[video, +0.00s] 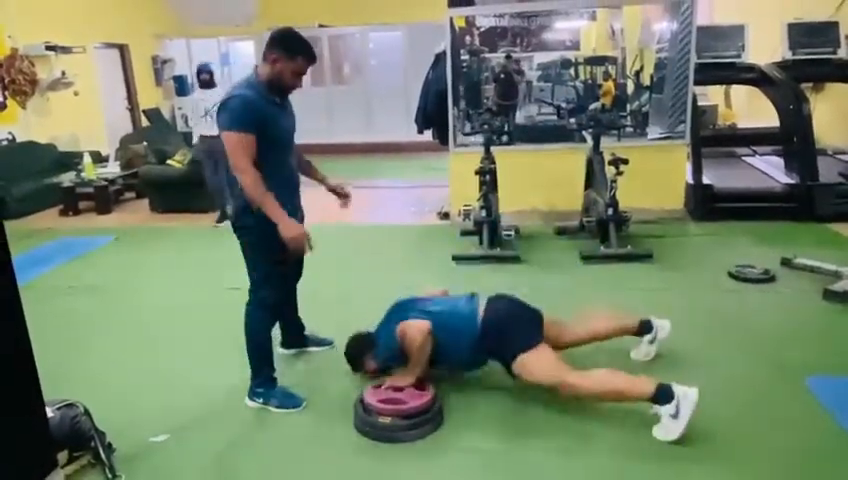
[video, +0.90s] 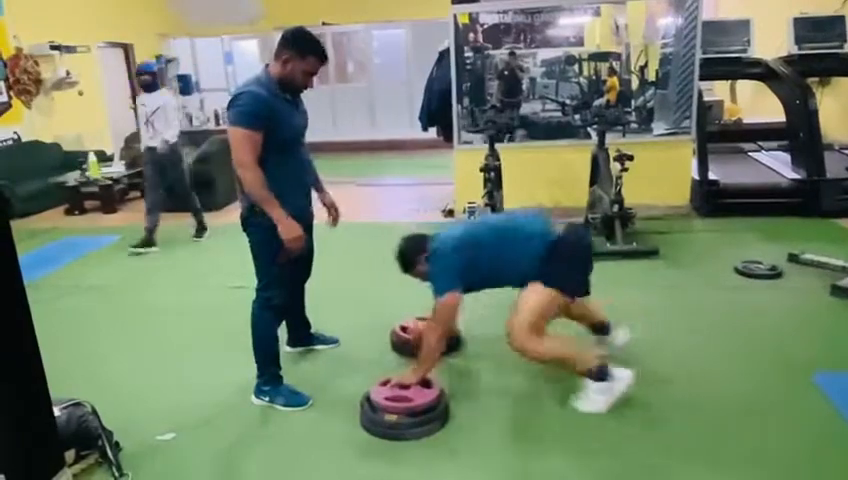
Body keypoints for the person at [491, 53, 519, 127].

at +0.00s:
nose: (507, 63)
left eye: (509, 61)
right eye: (506, 61)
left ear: (512, 61)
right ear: (504, 61)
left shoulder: (516, 72)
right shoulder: (500, 72)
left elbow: (519, 81)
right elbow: (495, 80)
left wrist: (511, 72)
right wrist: (500, 71)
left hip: (512, 101)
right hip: (501, 101)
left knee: (511, 120)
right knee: (501, 119)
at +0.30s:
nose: (508, 64)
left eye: (510, 62)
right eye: (507, 62)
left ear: (512, 63)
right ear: (505, 62)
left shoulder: (517, 73)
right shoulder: (501, 73)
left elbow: (519, 82)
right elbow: (495, 81)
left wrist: (511, 73)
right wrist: (501, 71)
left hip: (513, 102)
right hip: (501, 102)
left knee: (512, 122)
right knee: (502, 121)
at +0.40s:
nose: (509, 64)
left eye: (510, 62)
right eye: (507, 62)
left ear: (513, 62)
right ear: (505, 62)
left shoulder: (518, 73)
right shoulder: (501, 74)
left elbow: (520, 82)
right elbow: (495, 83)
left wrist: (512, 73)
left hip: (513, 103)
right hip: (502, 103)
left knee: (512, 122)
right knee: (502, 122)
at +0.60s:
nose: (510, 63)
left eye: (512, 61)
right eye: (508, 60)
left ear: (514, 61)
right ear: (506, 60)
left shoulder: (518, 70)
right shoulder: (502, 70)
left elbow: (520, 80)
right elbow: (496, 79)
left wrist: (513, 71)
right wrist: (502, 70)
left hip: (514, 100)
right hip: (502, 100)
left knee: (513, 122)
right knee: (502, 121)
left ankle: (514, 138)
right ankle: (501, 137)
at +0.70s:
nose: (510, 62)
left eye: (512, 60)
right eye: (509, 60)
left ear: (515, 60)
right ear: (507, 60)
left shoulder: (518, 69)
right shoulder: (503, 70)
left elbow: (521, 79)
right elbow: (497, 79)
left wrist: (514, 70)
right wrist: (502, 69)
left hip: (515, 100)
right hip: (503, 99)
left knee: (514, 121)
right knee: (503, 120)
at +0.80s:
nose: (511, 61)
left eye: (513, 59)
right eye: (510, 59)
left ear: (515, 59)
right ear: (508, 59)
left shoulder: (519, 69)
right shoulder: (503, 70)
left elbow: (521, 79)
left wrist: (514, 69)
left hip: (516, 99)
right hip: (505, 99)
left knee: (515, 120)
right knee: (505, 119)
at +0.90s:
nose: (512, 60)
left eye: (513, 58)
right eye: (510, 58)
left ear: (516, 59)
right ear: (508, 58)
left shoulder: (519, 68)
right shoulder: (504, 69)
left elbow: (522, 78)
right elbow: (498, 78)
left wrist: (515, 69)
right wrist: (505, 68)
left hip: (516, 99)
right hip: (505, 98)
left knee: (515, 117)